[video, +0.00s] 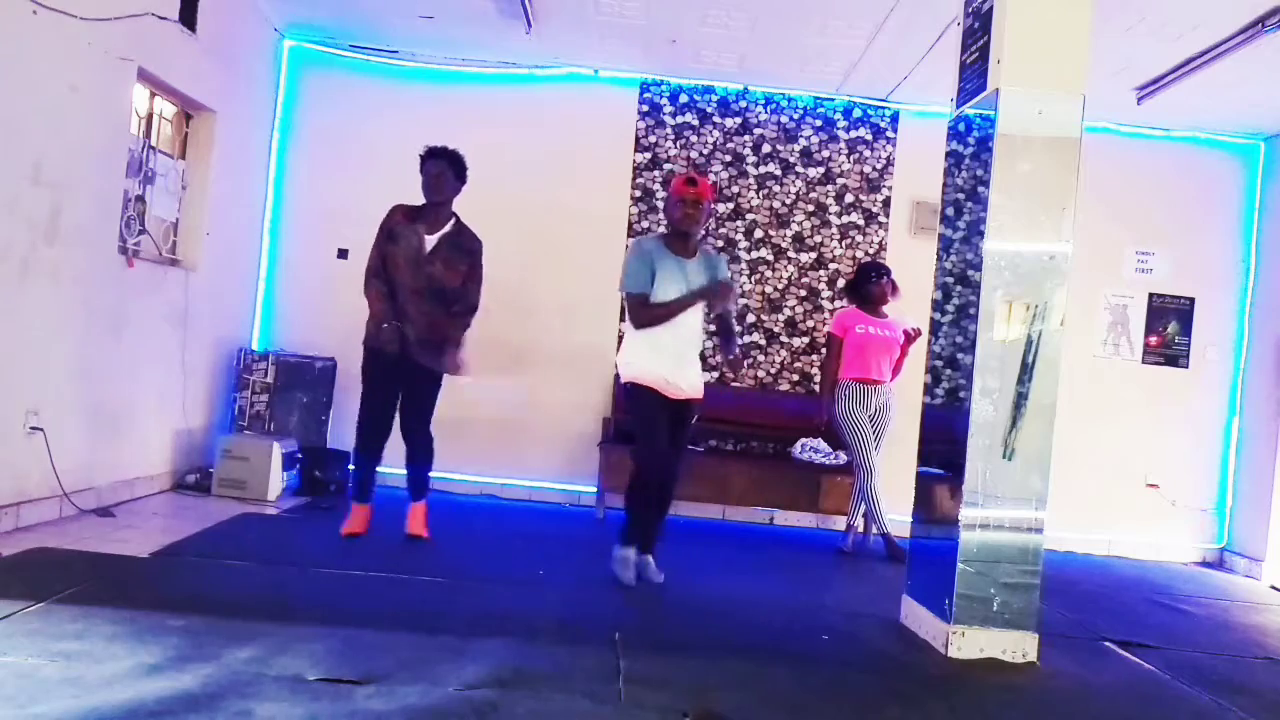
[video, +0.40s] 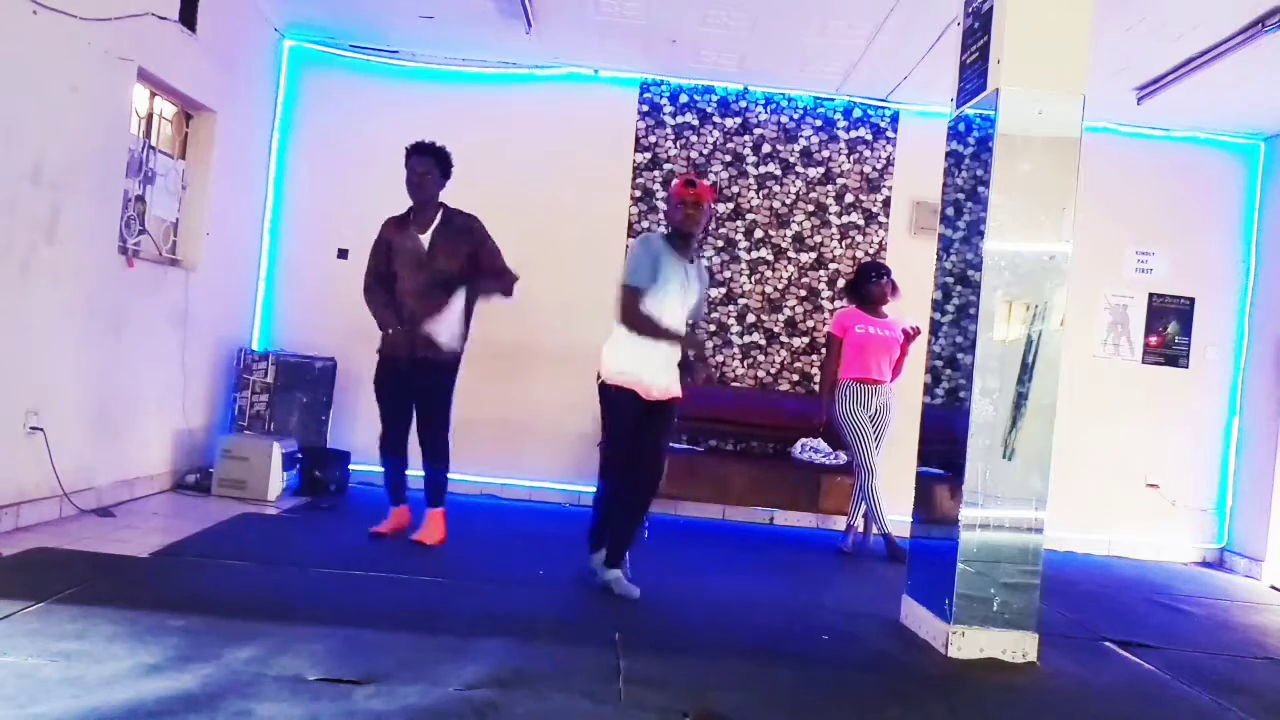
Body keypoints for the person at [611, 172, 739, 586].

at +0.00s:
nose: (689, 211)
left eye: (697, 205)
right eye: (682, 203)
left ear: (708, 213)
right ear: (667, 207)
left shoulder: (714, 263)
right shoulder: (644, 251)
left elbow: (723, 317)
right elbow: (640, 317)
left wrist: (729, 342)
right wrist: (702, 296)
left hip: (687, 378)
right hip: (643, 373)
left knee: (669, 466)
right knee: (653, 460)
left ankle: (646, 550)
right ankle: (628, 544)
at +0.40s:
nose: (688, 212)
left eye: (696, 206)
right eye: (681, 204)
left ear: (708, 214)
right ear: (670, 208)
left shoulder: (698, 269)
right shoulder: (648, 247)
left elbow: (690, 324)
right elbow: (629, 314)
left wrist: (697, 354)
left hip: (664, 379)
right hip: (626, 373)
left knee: (648, 472)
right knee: (620, 467)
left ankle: (613, 561)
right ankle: (602, 552)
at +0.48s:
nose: (689, 208)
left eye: (697, 202)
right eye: (683, 200)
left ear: (708, 212)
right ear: (668, 205)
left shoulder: (705, 273)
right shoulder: (644, 247)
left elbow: (692, 332)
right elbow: (605, 306)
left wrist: (698, 353)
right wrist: (646, 350)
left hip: (666, 391)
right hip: (625, 384)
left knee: (646, 480)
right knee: (610, 467)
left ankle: (616, 564)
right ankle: (589, 547)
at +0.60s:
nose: (685, 203)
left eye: (693, 197)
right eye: (679, 195)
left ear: (707, 208)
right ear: (666, 200)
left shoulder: (716, 263)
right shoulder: (636, 245)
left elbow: (722, 331)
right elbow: (585, 295)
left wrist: (704, 331)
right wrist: (597, 339)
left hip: (670, 389)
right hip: (622, 379)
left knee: (643, 479)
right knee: (600, 464)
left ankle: (613, 565)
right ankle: (568, 542)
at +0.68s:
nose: (682, 200)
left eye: (690, 194)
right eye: (675, 193)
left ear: (705, 202)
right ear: (664, 199)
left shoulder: (721, 252)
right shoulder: (640, 247)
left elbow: (728, 317)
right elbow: (585, 284)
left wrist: (691, 306)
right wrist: (574, 321)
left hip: (675, 384)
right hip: (628, 375)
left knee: (643, 474)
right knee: (606, 459)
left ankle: (614, 563)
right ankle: (586, 538)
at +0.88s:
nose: (684, 206)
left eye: (692, 200)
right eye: (678, 199)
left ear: (708, 207)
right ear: (667, 204)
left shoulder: (724, 255)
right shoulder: (647, 254)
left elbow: (732, 314)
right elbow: (606, 299)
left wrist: (685, 284)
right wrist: (583, 343)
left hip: (690, 381)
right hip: (643, 379)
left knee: (672, 467)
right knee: (647, 466)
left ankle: (647, 556)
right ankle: (658, 550)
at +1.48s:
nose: (689, 197)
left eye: (698, 193)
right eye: (683, 191)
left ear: (712, 206)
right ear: (669, 201)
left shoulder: (727, 253)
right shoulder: (649, 253)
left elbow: (745, 323)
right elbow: (619, 310)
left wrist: (766, 385)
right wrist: (630, 328)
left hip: (694, 387)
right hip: (642, 385)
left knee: (692, 482)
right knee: (636, 479)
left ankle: (708, 572)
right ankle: (641, 566)